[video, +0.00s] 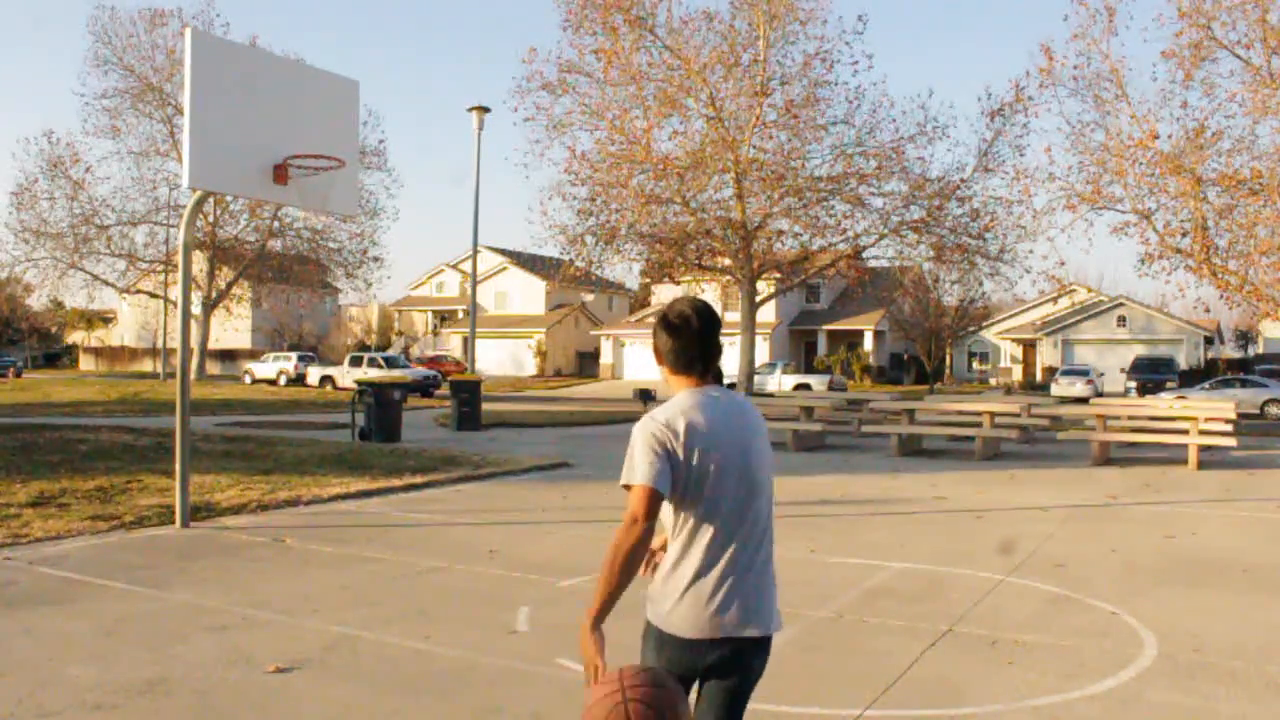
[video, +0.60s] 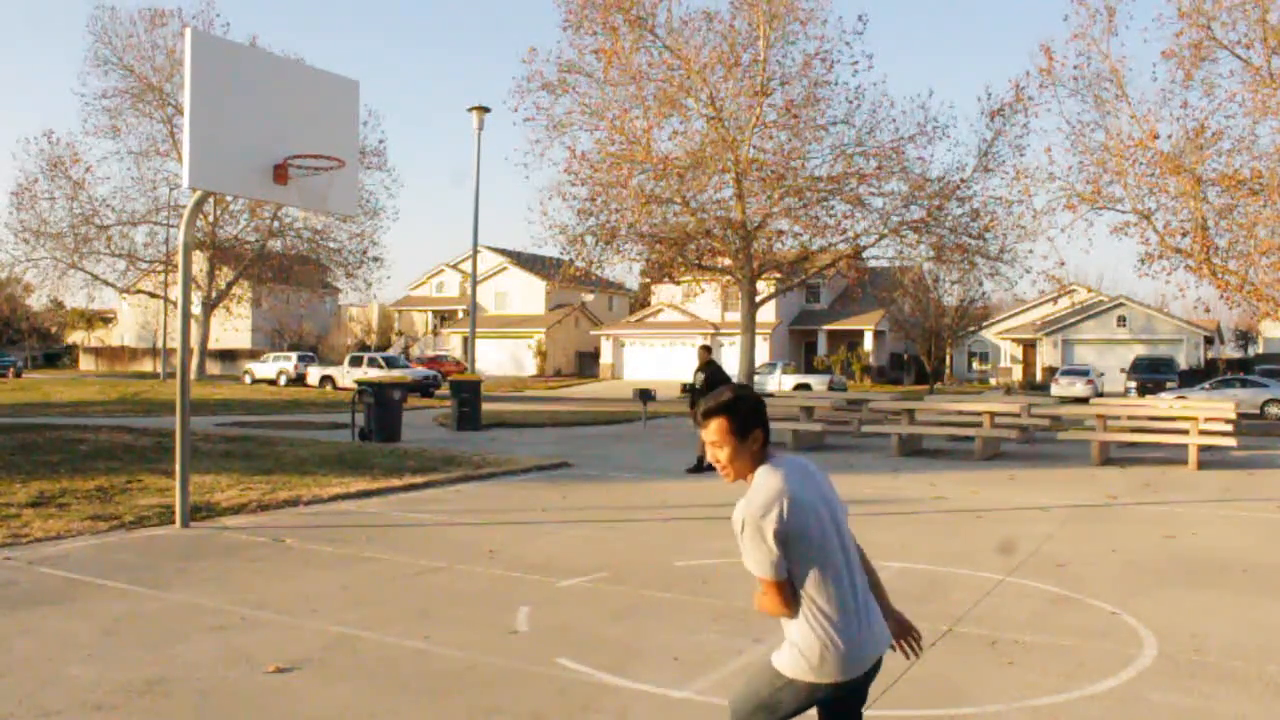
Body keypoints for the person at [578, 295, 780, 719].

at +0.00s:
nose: (655, 355)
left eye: (655, 347)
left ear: (658, 356)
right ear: (717, 350)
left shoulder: (660, 425)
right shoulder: (750, 415)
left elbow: (639, 523)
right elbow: (738, 505)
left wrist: (594, 620)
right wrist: (675, 541)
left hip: (682, 624)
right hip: (751, 625)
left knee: (654, 714)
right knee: (718, 714)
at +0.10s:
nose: (664, 361)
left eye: (664, 351)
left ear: (671, 357)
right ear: (725, 351)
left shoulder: (687, 411)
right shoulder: (756, 408)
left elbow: (653, 480)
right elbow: (729, 485)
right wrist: (658, 510)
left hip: (711, 615)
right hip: (775, 614)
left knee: (694, 708)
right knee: (733, 712)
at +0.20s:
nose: (677, 365)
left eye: (678, 353)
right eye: (677, 354)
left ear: (693, 355)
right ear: (735, 354)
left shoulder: (705, 413)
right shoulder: (768, 406)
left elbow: (671, 473)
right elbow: (738, 480)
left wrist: (619, 536)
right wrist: (673, 512)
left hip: (740, 606)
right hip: (803, 603)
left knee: (728, 710)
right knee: (769, 714)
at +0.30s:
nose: (686, 383)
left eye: (689, 369)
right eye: (685, 371)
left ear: (717, 366)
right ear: (725, 364)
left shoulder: (720, 426)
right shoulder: (781, 415)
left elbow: (717, 529)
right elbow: (771, 507)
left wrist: (672, 617)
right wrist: (707, 546)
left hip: (756, 612)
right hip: (820, 608)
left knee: (746, 710)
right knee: (808, 713)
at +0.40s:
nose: (691, 398)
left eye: (693, 385)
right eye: (687, 388)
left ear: (729, 374)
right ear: (730, 375)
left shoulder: (734, 440)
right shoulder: (790, 415)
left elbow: (746, 546)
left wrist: (722, 618)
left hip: (784, 614)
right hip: (840, 604)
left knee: (749, 698)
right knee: (812, 696)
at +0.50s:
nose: (703, 422)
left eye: (708, 408)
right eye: (698, 411)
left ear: (743, 398)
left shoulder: (743, 465)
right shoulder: (804, 434)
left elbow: (765, 563)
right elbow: (835, 528)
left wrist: (754, 604)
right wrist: (861, 594)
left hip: (802, 623)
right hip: (856, 611)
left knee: (755, 707)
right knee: (840, 710)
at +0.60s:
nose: (710, 458)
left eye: (718, 446)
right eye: (706, 445)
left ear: (756, 439)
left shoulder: (756, 507)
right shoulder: (804, 469)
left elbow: (784, 604)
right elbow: (851, 550)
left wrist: (762, 600)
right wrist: (887, 611)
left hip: (823, 656)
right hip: (868, 640)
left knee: (743, 710)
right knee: (841, 714)